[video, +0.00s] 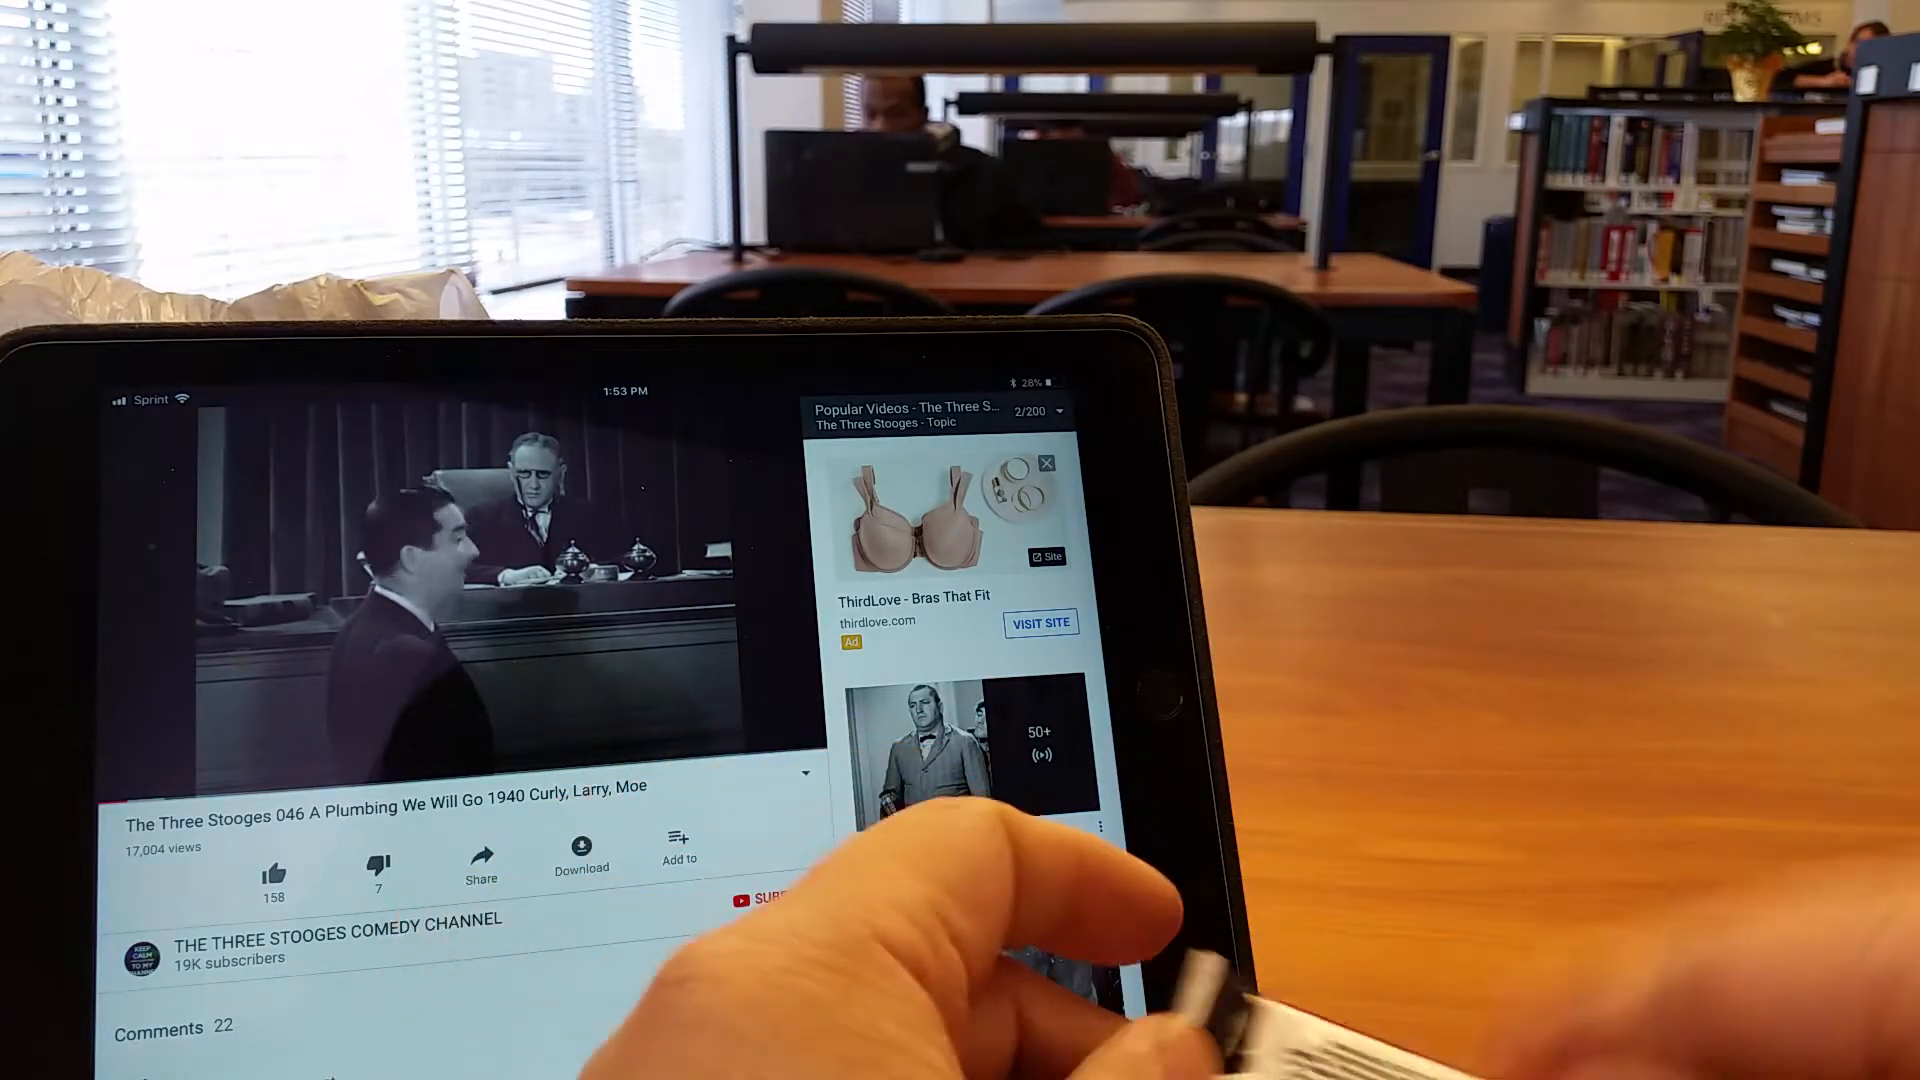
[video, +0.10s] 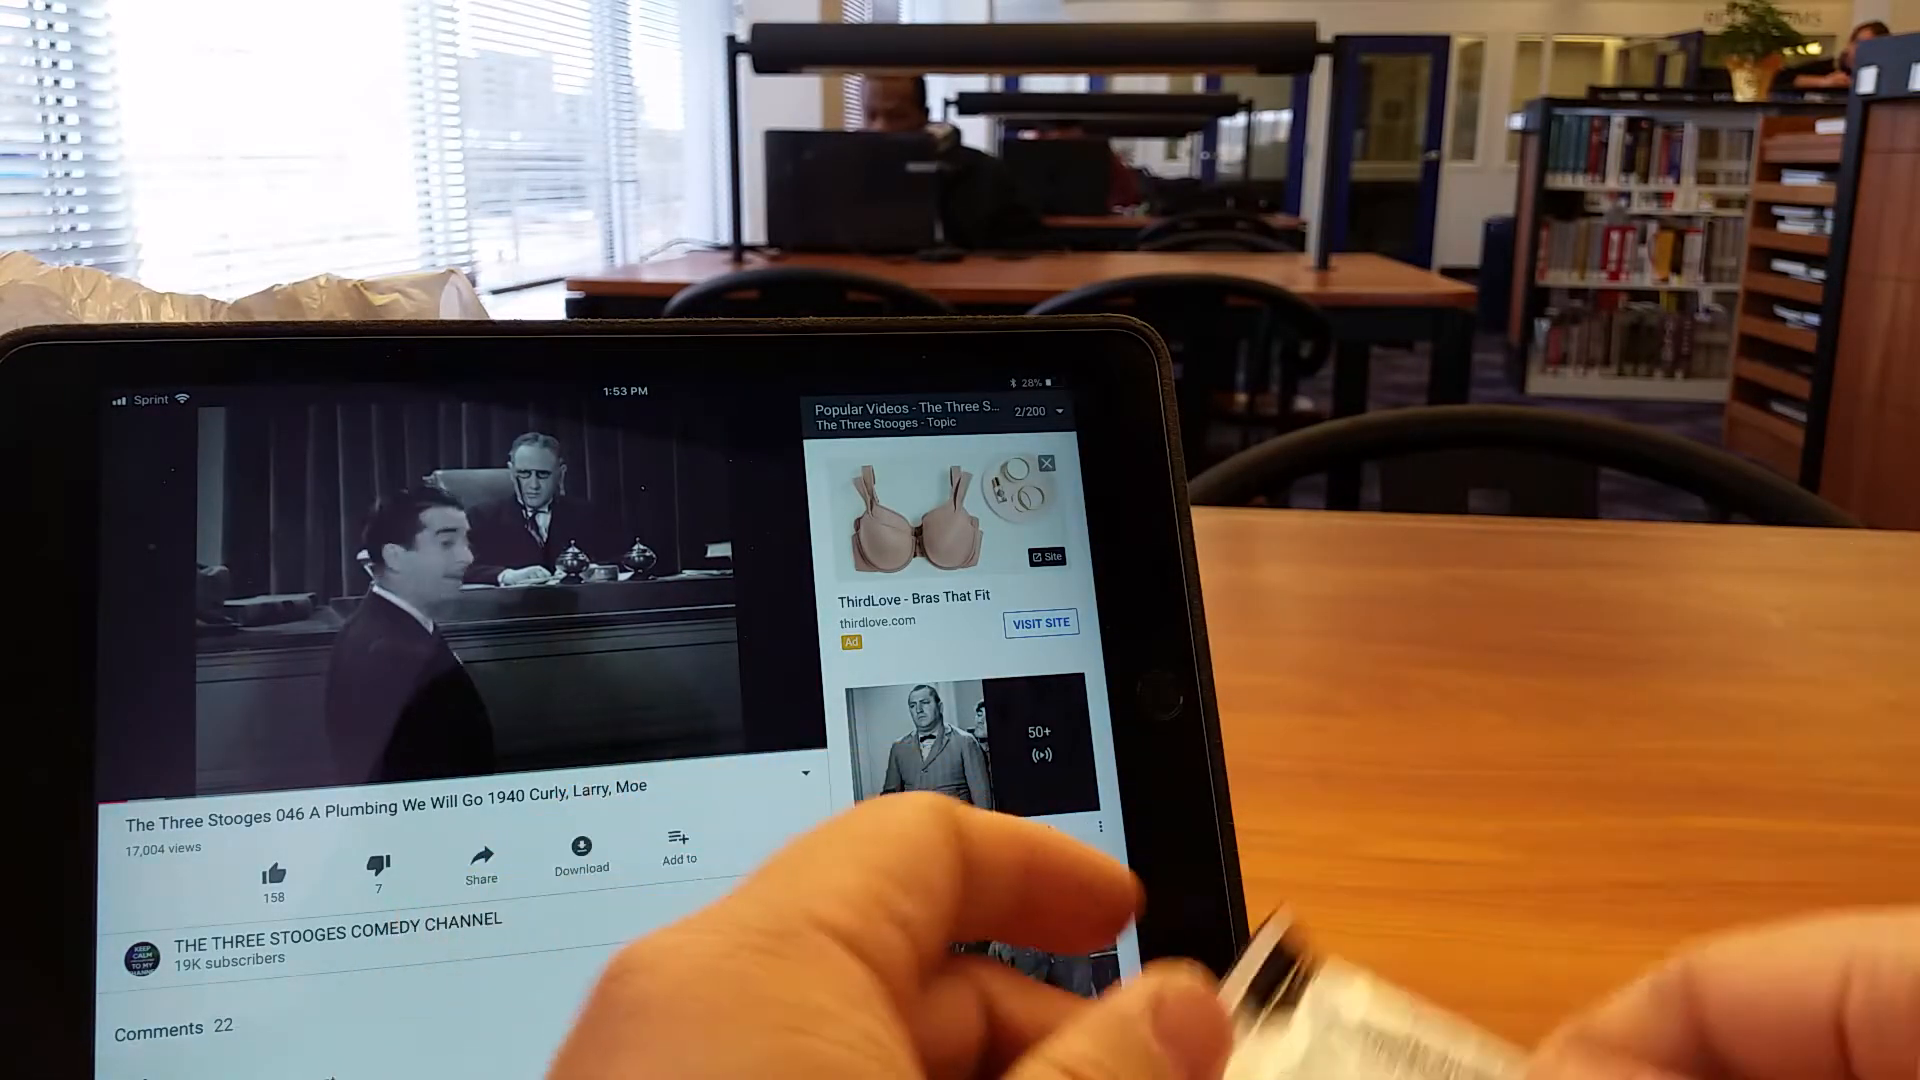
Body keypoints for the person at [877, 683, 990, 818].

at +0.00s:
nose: (919, 710)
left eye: (925, 703)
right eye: (913, 705)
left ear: (939, 706)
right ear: (910, 712)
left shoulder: (965, 743)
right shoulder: (899, 749)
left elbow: (982, 797)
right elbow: (891, 793)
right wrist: (888, 801)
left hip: (958, 824)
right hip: (915, 826)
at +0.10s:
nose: (919, 710)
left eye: (925, 703)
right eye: (913, 706)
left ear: (939, 707)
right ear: (909, 711)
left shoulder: (964, 743)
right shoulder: (899, 749)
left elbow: (981, 795)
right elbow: (890, 796)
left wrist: (982, 835)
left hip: (955, 823)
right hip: (913, 826)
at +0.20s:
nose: (919, 710)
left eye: (925, 703)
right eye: (913, 705)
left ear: (939, 706)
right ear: (909, 712)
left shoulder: (965, 742)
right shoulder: (900, 749)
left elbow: (981, 795)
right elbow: (892, 790)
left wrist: (978, 834)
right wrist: (887, 799)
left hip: (957, 833)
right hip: (915, 834)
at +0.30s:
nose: (919, 710)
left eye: (925, 703)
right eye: (913, 705)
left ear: (939, 706)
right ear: (909, 711)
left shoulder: (964, 742)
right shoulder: (899, 748)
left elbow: (981, 794)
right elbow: (891, 795)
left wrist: (979, 834)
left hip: (955, 832)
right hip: (910, 835)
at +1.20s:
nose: (919, 710)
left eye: (925, 703)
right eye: (913, 705)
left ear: (939, 707)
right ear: (909, 711)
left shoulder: (964, 742)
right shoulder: (899, 748)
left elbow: (981, 795)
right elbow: (890, 796)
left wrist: (979, 835)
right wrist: (886, 838)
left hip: (955, 831)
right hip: (910, 835)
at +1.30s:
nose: (919, 710)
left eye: (925, 703)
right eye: (913, 705)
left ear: (940, 707)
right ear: (910, 711)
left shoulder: (965, 743)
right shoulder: (899, 749)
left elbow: (982, 796)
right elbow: (890, 795)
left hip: (956, 821)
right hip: (914, 824)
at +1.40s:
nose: (918, 709)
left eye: (925, 703)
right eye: (913, 705)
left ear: (939, 707)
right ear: (909, 711)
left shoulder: (964, 742)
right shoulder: (899, 749)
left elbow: (980, 794)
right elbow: (891, 794)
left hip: (956, 821)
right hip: (915, 825)